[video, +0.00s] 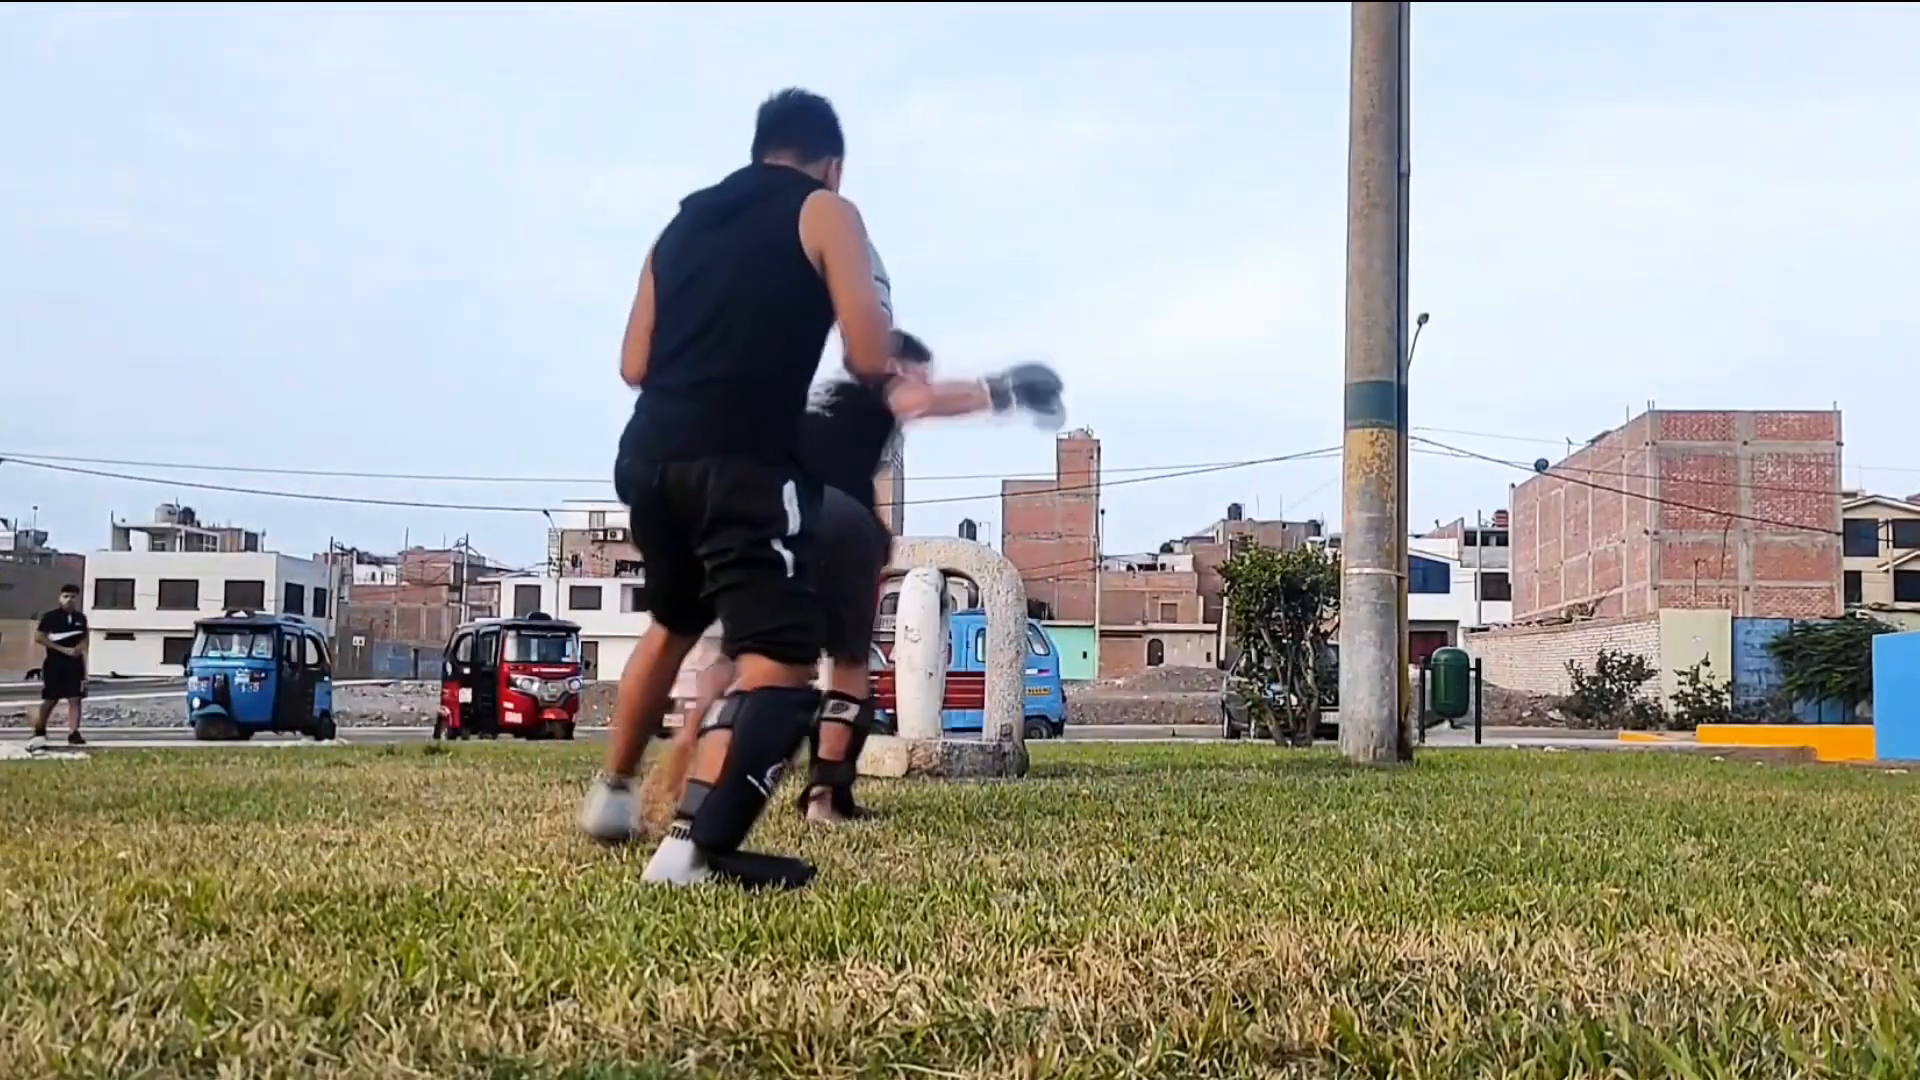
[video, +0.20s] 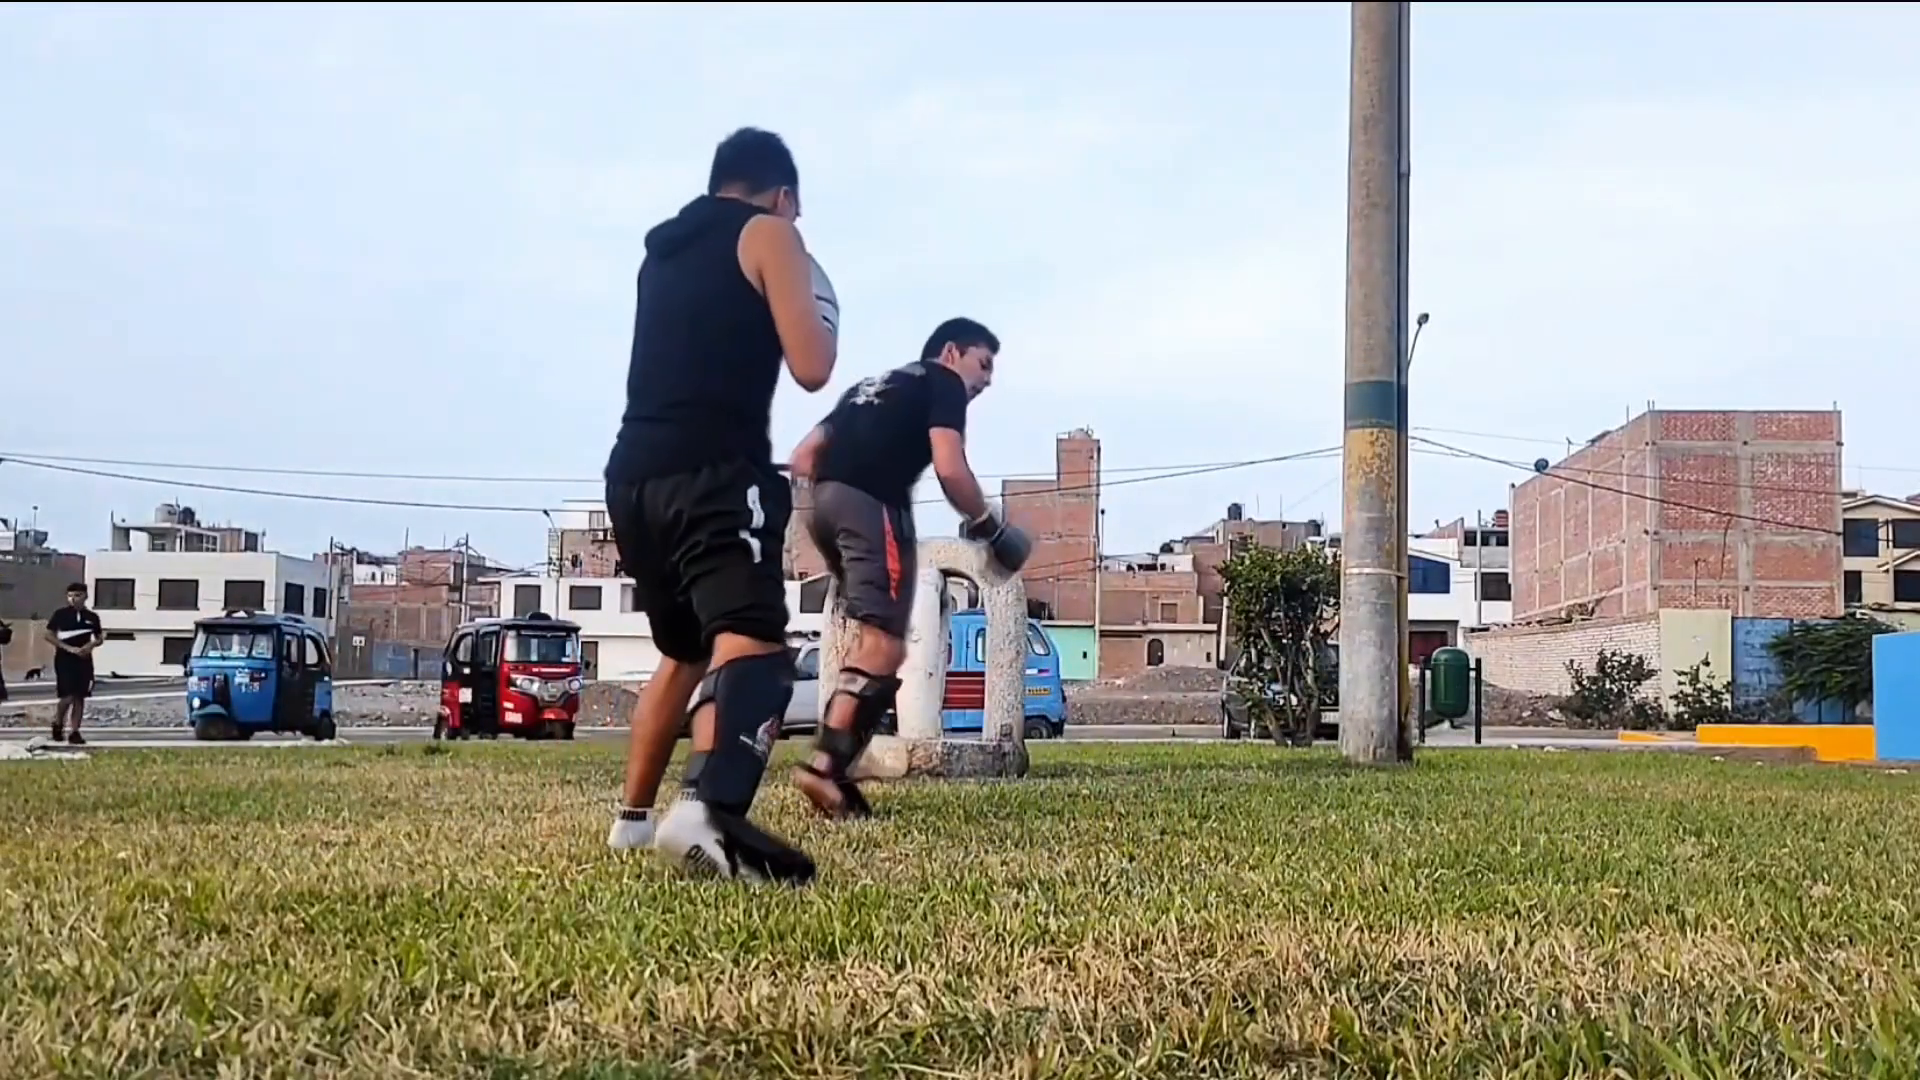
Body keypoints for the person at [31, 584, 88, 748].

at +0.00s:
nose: (68, 600)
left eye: (72, 597)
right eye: (65, 596)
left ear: (76, 599)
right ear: (60, 598)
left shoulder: (81, 619)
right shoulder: (50, 616)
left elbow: (85, 639)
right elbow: (39, 637)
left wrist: (79, 648)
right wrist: (64, 649)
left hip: (74, 664)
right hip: (54, 665)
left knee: (75, 699)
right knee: (50, 699)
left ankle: (74, 732)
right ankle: (40, 729)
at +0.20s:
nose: (74, 599)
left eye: (78, 596)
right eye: (71, 596)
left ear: (85, 597)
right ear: (67, 597)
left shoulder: (92, 617)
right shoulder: (60, 614)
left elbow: (99, 639)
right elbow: (49, 635)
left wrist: (88, 647)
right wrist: (69, 648)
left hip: (83, 659)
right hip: (65, 659)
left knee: (79, 697)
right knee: (67, 696)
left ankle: (75, 730)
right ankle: (58, 723)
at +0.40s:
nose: (73, 601)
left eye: (77, 597)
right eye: (72, 598)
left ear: (88, 598)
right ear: (70, 599)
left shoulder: (100, 617)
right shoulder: (66, 615)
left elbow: (109, 638)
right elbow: (55, 636)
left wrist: (97, 645)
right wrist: (74, 650)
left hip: (90, 659)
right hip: (72, 659)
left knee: (85, 697)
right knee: (77, 696)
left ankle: (82, 730)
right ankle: (76, 731)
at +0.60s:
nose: (75, 601)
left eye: (78, 597)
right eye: (74, 598)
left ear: (90, 597)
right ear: (74, 599)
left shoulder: (105, 615)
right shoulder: (71, 616)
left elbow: (116, 636)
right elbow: (63, 638)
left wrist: (104, 645)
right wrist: (81, 650)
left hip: (99, 658)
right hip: (80, 658)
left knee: (93, 695)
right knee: (86, 695)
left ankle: (79, 725)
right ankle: (89, 730)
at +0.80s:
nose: (80, 600)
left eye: (82, 596)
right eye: (78, 597)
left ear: (93, 594)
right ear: (79, 598)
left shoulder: (111, 613)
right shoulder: (77, 614)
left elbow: (122, 634)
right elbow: (69, 636)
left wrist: (111, 642)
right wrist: (90, 647)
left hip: (105, 658)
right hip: (85, 659)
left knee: (113, 695)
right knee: (88, 697)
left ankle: (97, 722)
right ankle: (91, 732)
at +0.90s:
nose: (83, 600)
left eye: (86, 596)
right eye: (81, 597)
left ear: (97, 595)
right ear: (81, 597)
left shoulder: (113, 613)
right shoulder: (79, 614)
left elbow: (124, 634)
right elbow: (72, 636)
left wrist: (112, 646)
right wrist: (91, 647)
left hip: (108, 660)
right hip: (88, 661)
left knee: (116, 693)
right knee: (89, 697)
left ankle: (108, 725)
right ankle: (91, 731)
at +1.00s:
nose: (87, 600)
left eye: (90, 596)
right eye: (86, 596)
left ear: (101, 596)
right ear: (87, 597)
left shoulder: (118, 614)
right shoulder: (83, 615)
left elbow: (127, 635)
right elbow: (75, 636)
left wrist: (117, 647)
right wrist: (93, 649)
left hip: (111, 660)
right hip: (90, 661)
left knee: (118, 695)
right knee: (90, 698)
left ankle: (120, 731)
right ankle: (91, 732)